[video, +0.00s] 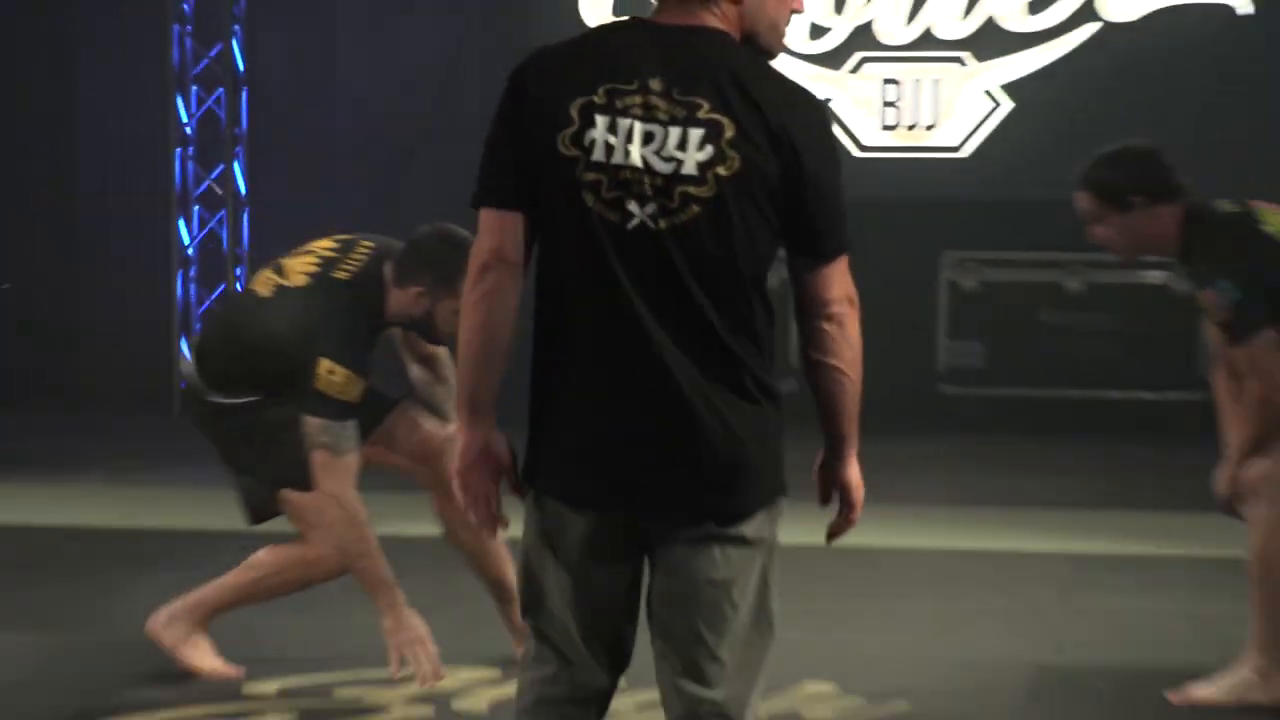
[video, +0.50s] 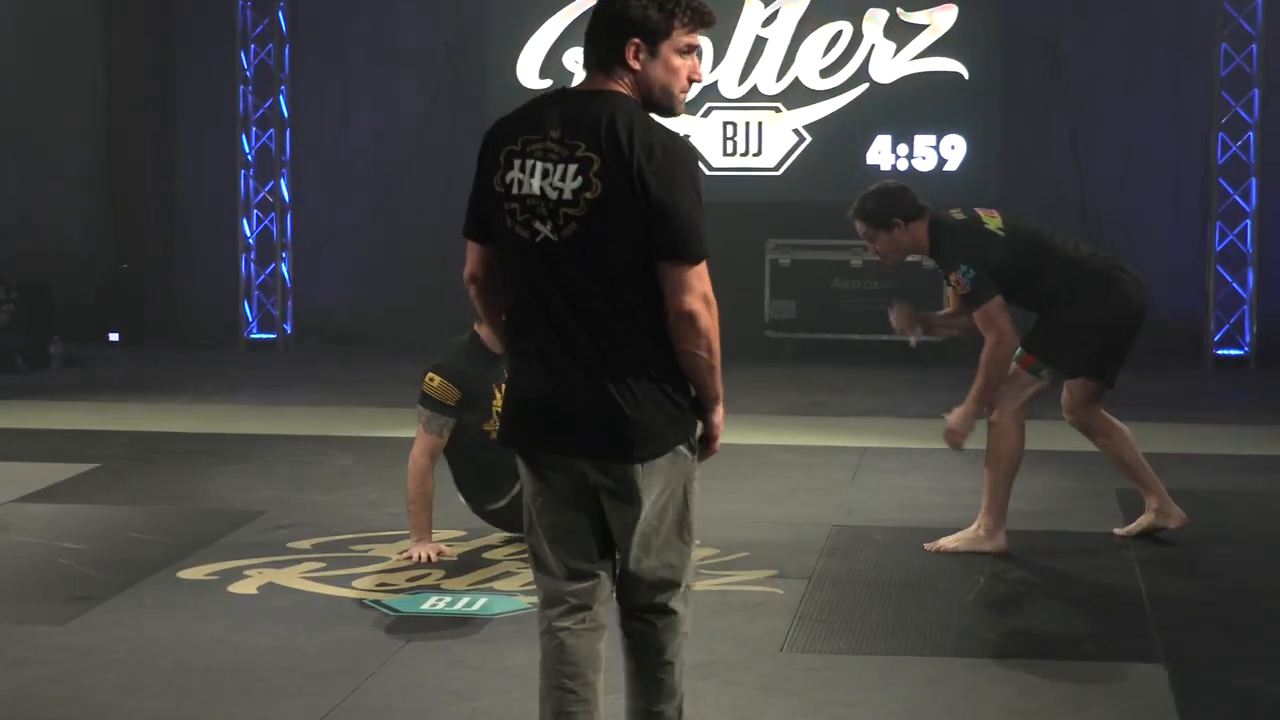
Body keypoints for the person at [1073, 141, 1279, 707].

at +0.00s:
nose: (1094, 237)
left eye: (1098, 221)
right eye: (1089, 224)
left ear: (1137, 209)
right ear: (1140, 208)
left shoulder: (1229, 250)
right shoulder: (1201, 247)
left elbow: (1262, 374)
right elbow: (1222, 364)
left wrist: (1242, 458)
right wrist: (1234, 453)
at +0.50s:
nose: (870, 250)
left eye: (871, 239)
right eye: (867, 242)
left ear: (899, 226)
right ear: (903, 223)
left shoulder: (956, 248)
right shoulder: (954, 233)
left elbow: (1002, 336)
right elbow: (966, 319)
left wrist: (971, 407)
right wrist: (923, 324)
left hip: (1089, 302)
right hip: (1118, 293)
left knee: (1005, 403)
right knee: (1080, 406)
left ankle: (989, 527)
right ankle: (1162, 505)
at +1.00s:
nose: (899, 258)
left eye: (897, 247)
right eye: (893, 250)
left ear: (924, 232)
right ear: (924, 230)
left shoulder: (985, 240)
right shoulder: (976, 230)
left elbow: (1056, 311)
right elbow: (1011, 307)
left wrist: (1034, 381)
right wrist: (983, 338)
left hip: (1110, 298)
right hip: (1134, 288)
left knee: (1053, 407)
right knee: (1122, 409)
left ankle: (1041, 541)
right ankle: (1169, 527)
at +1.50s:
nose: (808, 251)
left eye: (805, 240)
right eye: (802, 243)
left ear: (829, 224)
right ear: (834, 220)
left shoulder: (886, 230)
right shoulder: (882, 221)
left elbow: (934, 311)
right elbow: (925, 312)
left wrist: (915, 392)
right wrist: (909, 384)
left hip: (1017, 301)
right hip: (981, 302)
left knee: (966, 422)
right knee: (928, 399)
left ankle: (1034, 532)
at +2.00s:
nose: (734, 344)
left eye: (733, 331)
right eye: (729, 335)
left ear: (754, 317)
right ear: (755, 318)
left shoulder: (820, 316)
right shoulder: (780, 349)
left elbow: (886, 370)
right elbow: (747, 407)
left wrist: (900, 456)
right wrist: (709, 459)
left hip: (938, 388)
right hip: (915, 386)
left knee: (814, 416)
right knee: (820, 414)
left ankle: (826, 543)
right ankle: (857, 527)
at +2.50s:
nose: (838, 172)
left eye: (841, 160)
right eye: (835, 161)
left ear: (871, 151)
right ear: (875, 152)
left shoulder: (922, 187)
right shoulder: (920, 178)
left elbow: (965, 276)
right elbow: (963, 269)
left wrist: (968, 358)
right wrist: (966, 348)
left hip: (1027, 308)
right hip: (1002, 306)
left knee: (1033, 433)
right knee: (952, 416)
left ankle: (1096, 542)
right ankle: (896, 525)